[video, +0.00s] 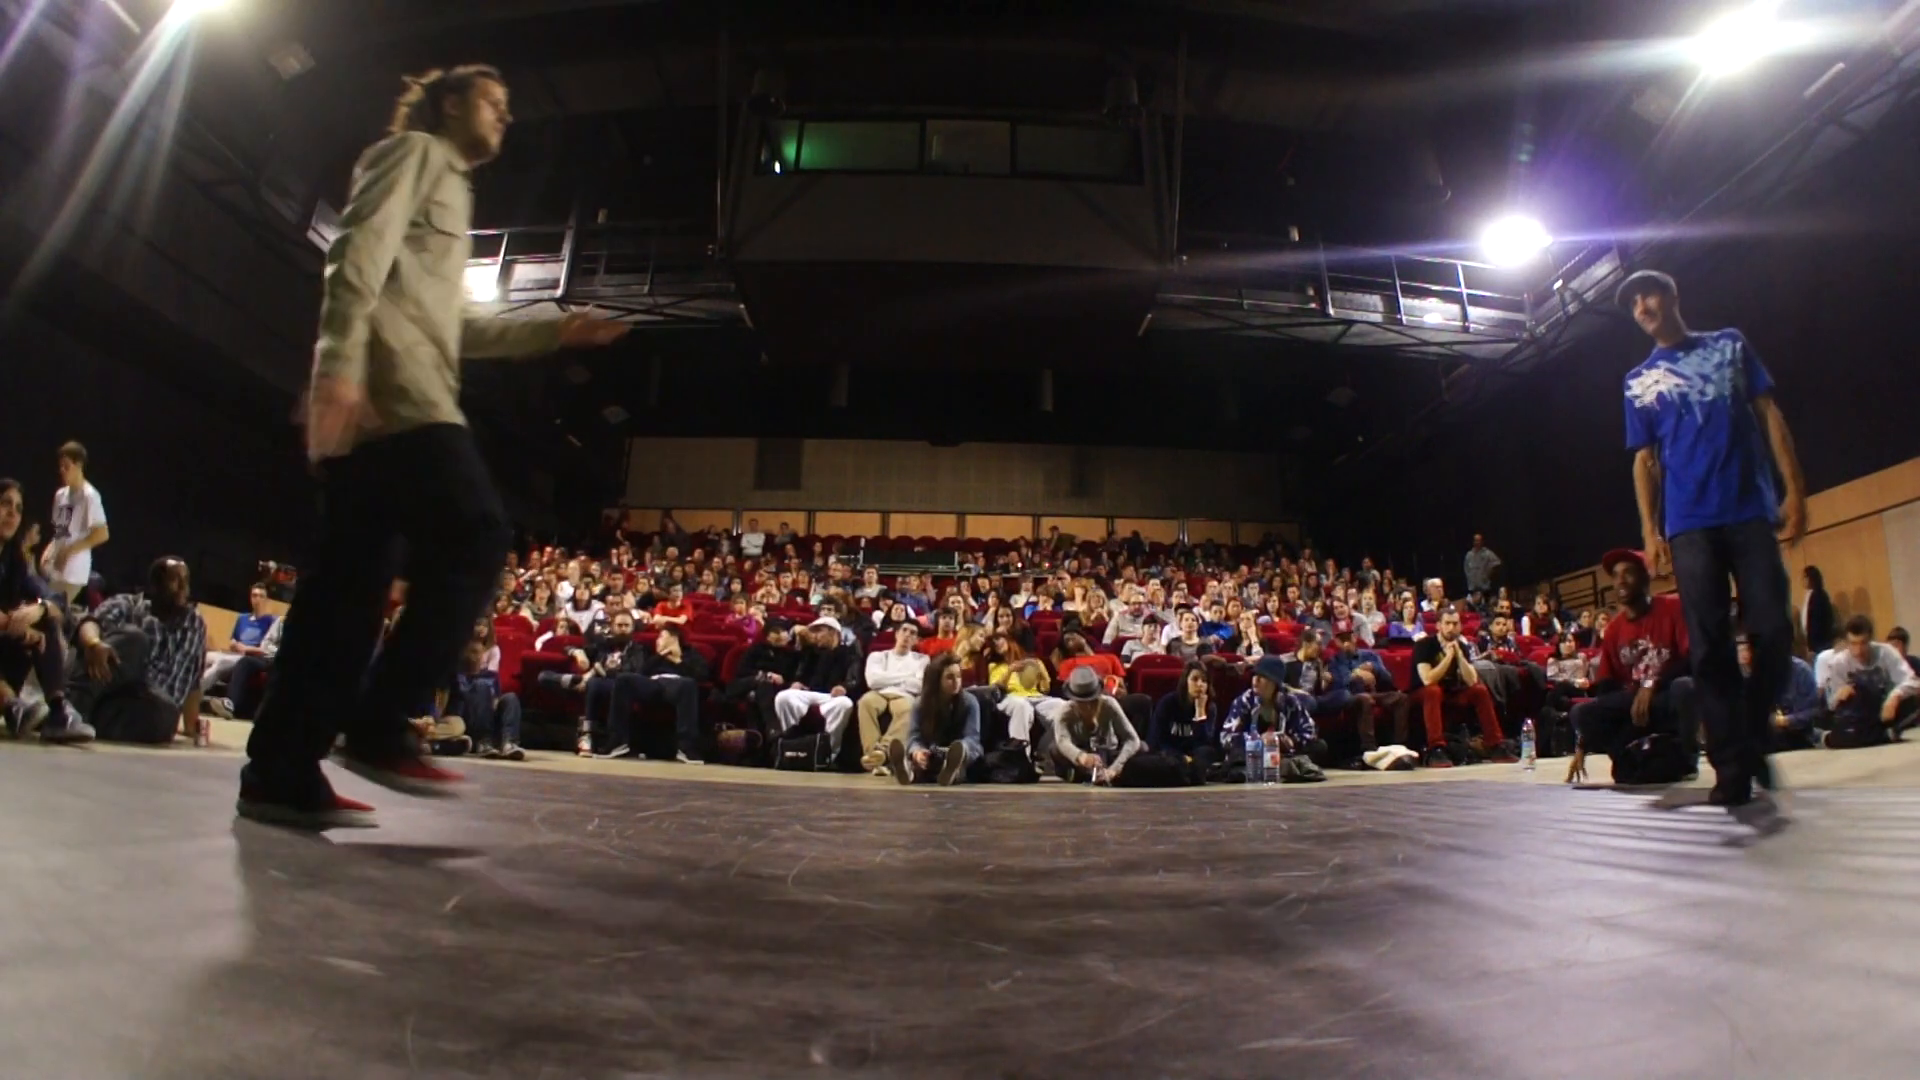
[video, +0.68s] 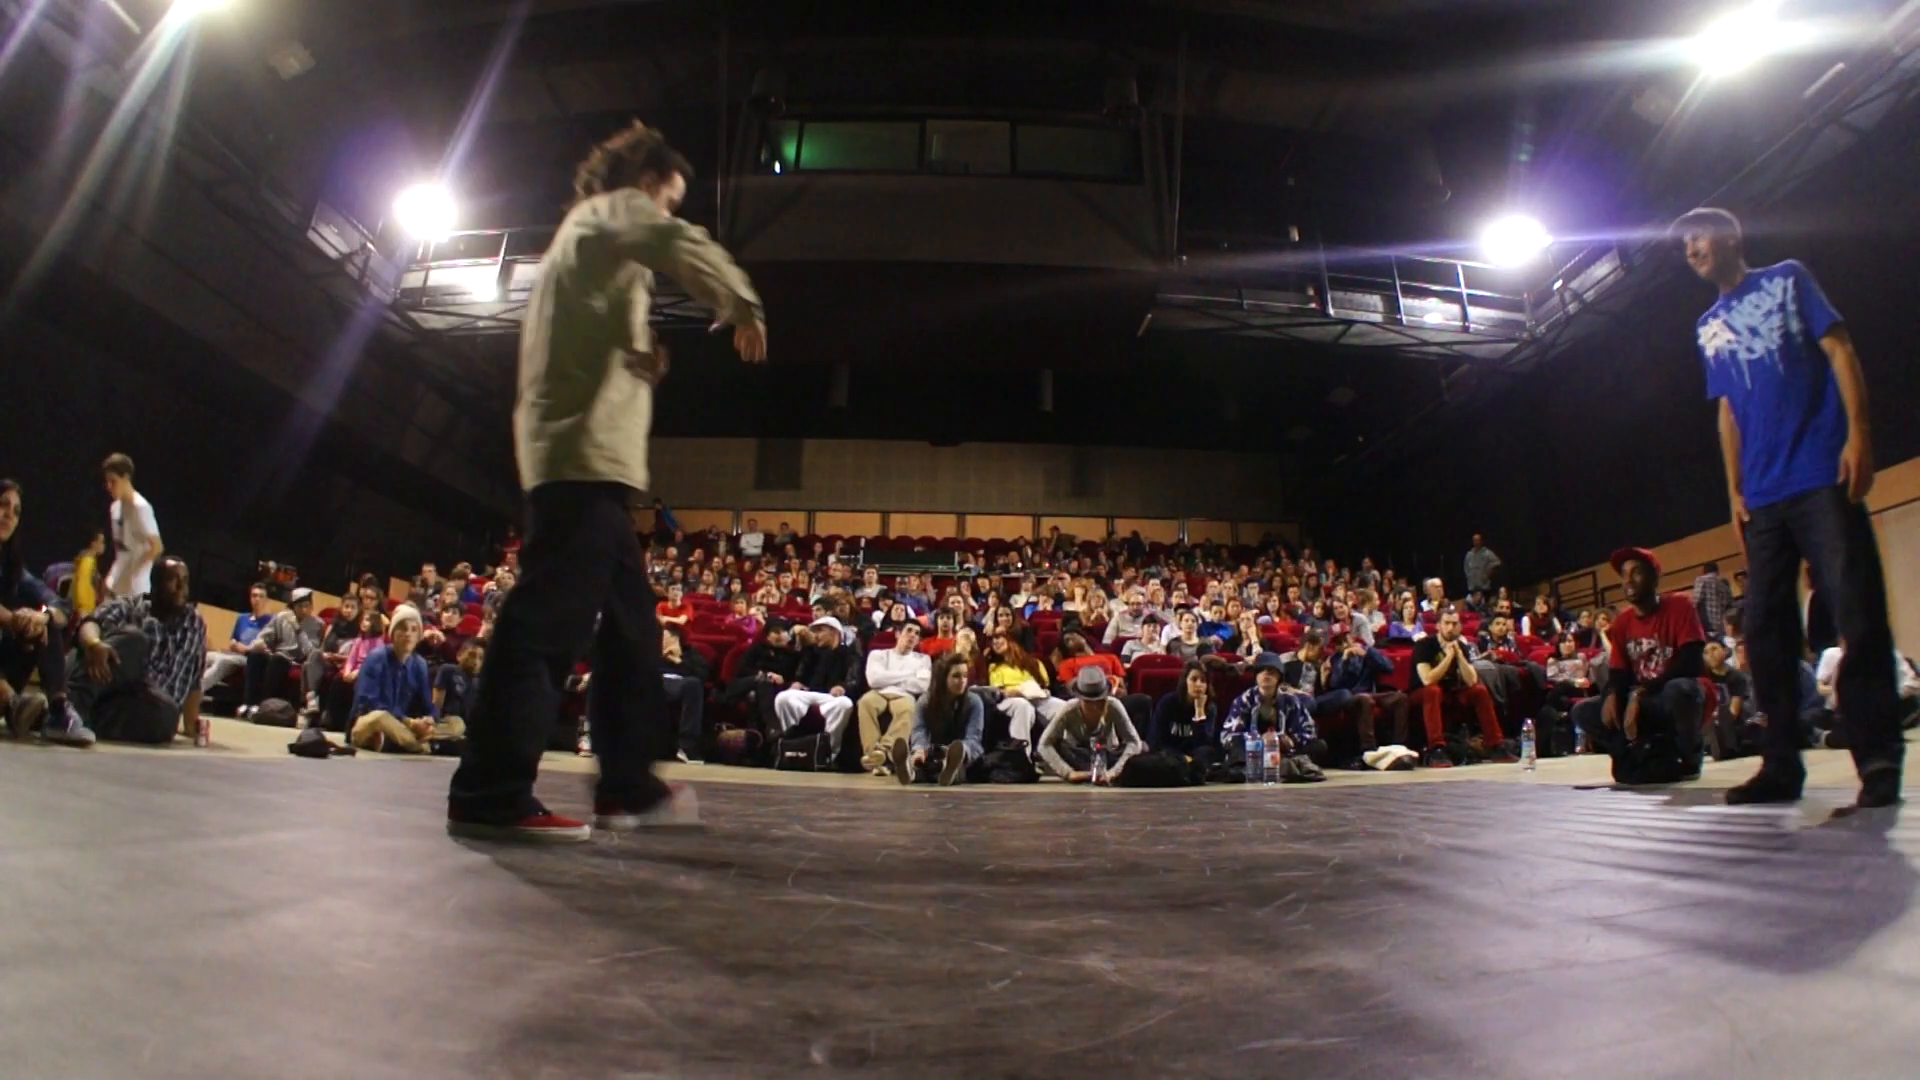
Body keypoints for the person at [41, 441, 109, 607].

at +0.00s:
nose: (62, 471)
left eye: (66, 466)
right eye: (61, 466)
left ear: (79, 465)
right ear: (60, 466)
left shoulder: (90, 495)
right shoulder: (61, 494)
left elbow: (102, 532)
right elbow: (60, 533)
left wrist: (69, 550)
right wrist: (49, 551)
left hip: (75, 568)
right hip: (56, 564)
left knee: (54, 615)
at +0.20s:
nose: (68, 473)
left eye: (71, 467)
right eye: (67, 467)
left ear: (84, 466)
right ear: (77, 467)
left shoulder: (92, 495)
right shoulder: (81, 493)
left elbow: (100, 535)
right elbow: (81, 535)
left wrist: (68, 562)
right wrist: (64, 558)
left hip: (83, 575)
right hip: (73, 572)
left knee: (64, 628)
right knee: (63, 627)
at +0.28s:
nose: (71, 481)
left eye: (74, 475)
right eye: (71, 475)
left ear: (86, 475)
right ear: (86, 476)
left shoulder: (91, 506)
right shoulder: (97, 504)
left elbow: (93, 546)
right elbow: (90, 546)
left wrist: (65, 569)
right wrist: (67, 568)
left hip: (83, 587)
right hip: (91, 586)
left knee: (61, 642)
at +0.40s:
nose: (82, 478)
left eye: (85, 472)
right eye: (82, 472)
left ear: (97, 472)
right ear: (97, 472)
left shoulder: (100, 500)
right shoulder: (109, 498)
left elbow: (100, 538)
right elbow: (115, 538)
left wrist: (73, 548)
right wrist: (81, 548)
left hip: (92, 582)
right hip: (103, 580)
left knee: (69, 635)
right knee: (95, 634)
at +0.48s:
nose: (89, 470)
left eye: (92, 465)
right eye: (88, 465)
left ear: (105, 463)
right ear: (104, 463)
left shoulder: (111, 490)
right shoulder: (116, 488)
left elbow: (115, 528)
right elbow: (124, 528)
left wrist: (85, 535)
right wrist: (90, 540)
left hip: (105, 571)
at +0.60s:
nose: (100, 474)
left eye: (104, 468)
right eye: (99, 469)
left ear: (117, 466)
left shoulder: (130, 493)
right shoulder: (112, 494)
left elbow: (140, 531)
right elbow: (114, 533)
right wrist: (100, 549)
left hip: (128, 576)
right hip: (110, 574)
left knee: (125, 628)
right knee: (91, 624)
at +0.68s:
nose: (109, 487)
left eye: (113, 481)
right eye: (107, 481)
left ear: (126, 477)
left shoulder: (140, 507)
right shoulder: (115, 507)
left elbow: (156, 546)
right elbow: (122, 549)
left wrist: (134, 572)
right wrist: (112, 576)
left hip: (136, 585)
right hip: (115, 583)